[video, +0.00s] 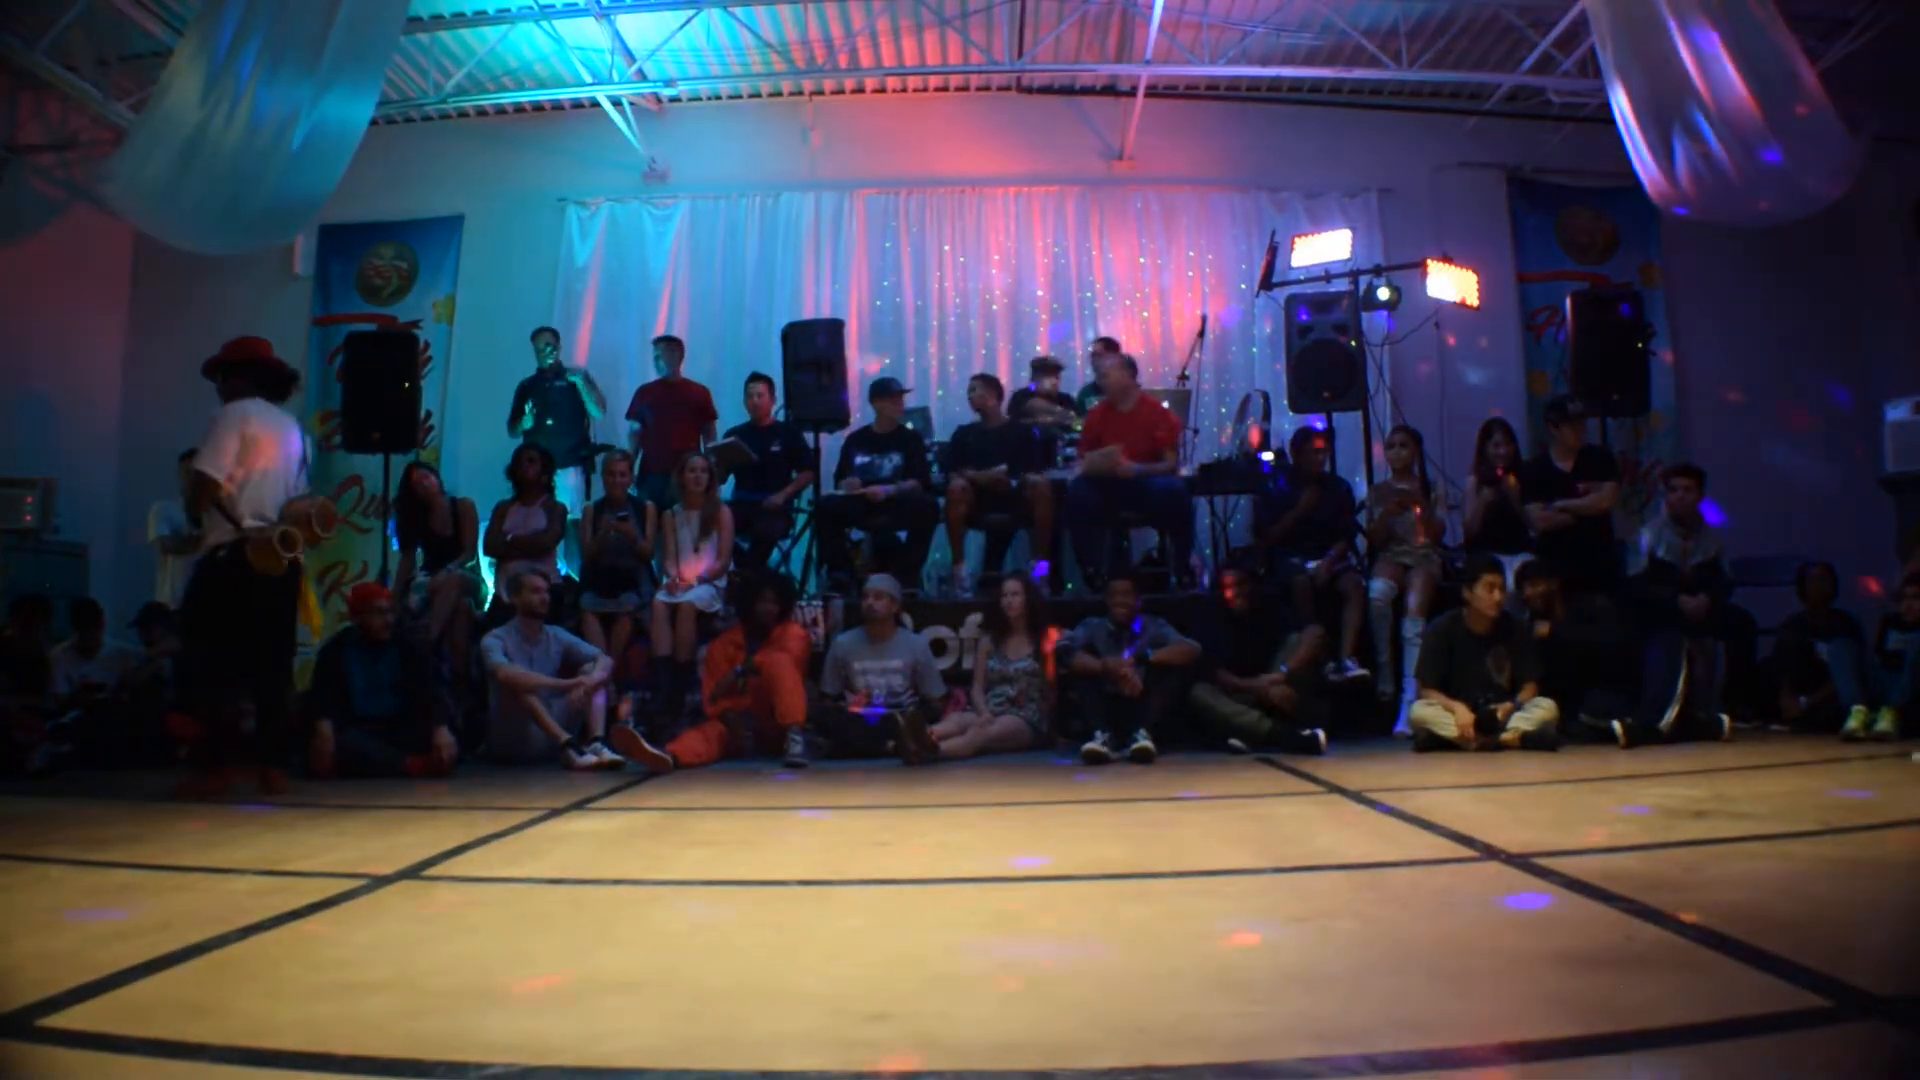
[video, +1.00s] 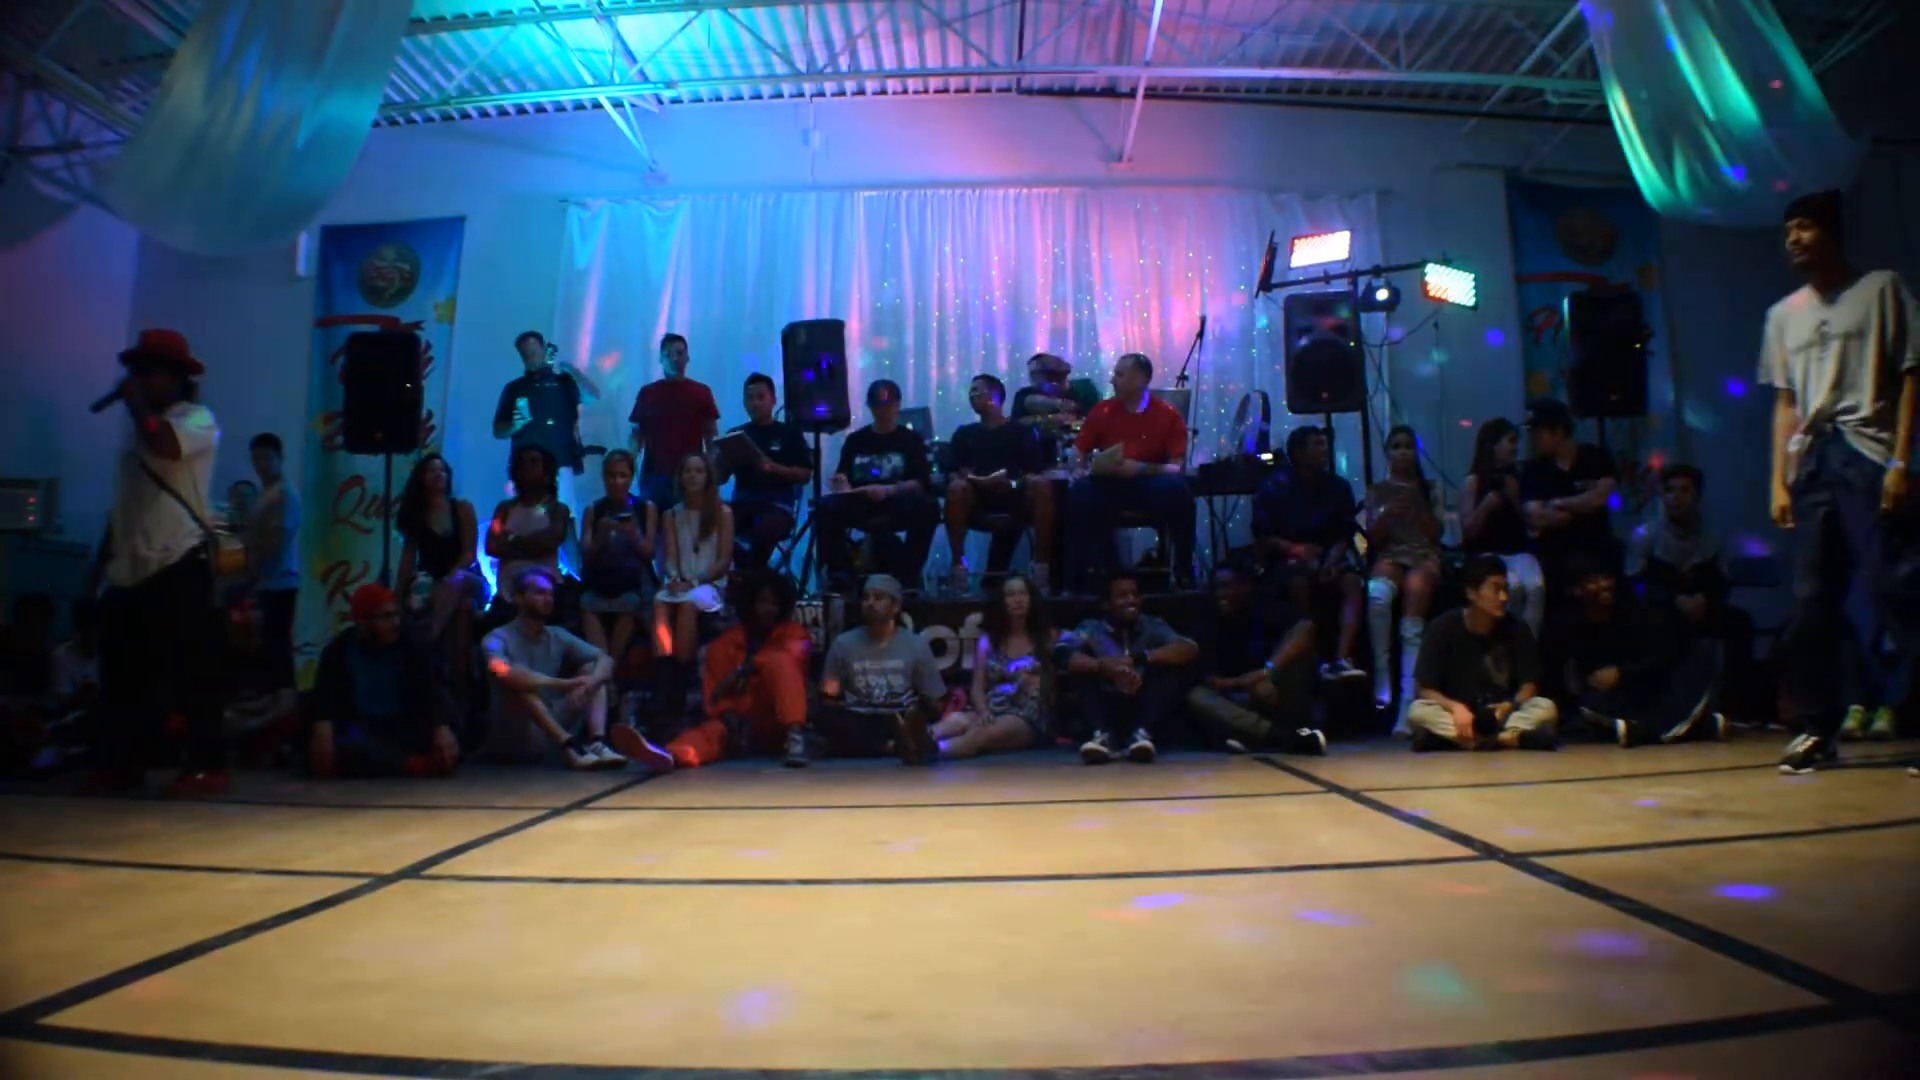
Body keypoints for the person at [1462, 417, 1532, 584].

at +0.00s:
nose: (1502, 452)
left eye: (1507, 445)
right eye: (1496, 446)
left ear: (1514, 447)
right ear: (1484, 449)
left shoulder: (1523, 478)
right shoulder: (1475, 482)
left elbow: (1534, 522)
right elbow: (1470, 530)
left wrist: (1515, 498)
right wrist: (1482, 502)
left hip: (1520, 549)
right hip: (1488, 550)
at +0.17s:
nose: (1501, 451)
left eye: (1505, 445)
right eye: (1495, 445)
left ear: (1513, 447)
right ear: (1483, 448)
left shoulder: (1523, 477)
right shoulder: (1474, 481)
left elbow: (1534, 521)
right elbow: (1469, 529)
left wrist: (1514, 496)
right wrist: (1482, 501)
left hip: (1520, 548)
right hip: (1487, 549)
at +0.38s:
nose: (1499, 451)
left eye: (1504, 444)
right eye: (1493, 445)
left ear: (1511, 448)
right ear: (1482, 449)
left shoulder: (1520, 480)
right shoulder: (1470, 485)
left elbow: (1529, 522)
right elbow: (1468, 532)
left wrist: (1511, 498)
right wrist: (1481, 503)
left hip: (1517, 550)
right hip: (1486, 552)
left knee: (1531, 571)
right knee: (1507, 583)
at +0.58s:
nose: (1512, 447)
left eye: (1513, 441)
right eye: (1507, 441)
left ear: (1515, 444)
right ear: (1490, 445)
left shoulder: (1520, 478)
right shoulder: (1474, 482)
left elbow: (1532, 521)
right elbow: (1469, 528)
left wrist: (1515, 498)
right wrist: (1486, 505)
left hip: (1519, 552)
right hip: (1488, 553)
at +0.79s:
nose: (1514, 447)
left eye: (1514, 441)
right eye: (1508, 441)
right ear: (1491, 446)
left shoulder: (1515, 479)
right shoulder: (1473, 483)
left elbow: (1525, 519)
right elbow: (1469, 530)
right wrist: (1486, 506)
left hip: (1519, 550)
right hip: (1488, 551)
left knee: (1535, 583)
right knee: (1513, 584)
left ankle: (1527, 642)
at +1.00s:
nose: (1514, 447)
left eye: (1515, 441)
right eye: (1509, 441)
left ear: (1514, 445)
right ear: (1492, 445)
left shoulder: (1518, 478)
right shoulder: (1474, 481)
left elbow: (1528, 519)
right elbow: (1468, 529)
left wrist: (1514, 500)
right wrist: (1486, 506)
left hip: (1520, 549)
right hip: (1488, 550)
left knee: (1535, 584)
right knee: (1513, 584)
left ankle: (1529, 643)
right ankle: (1501, 642)